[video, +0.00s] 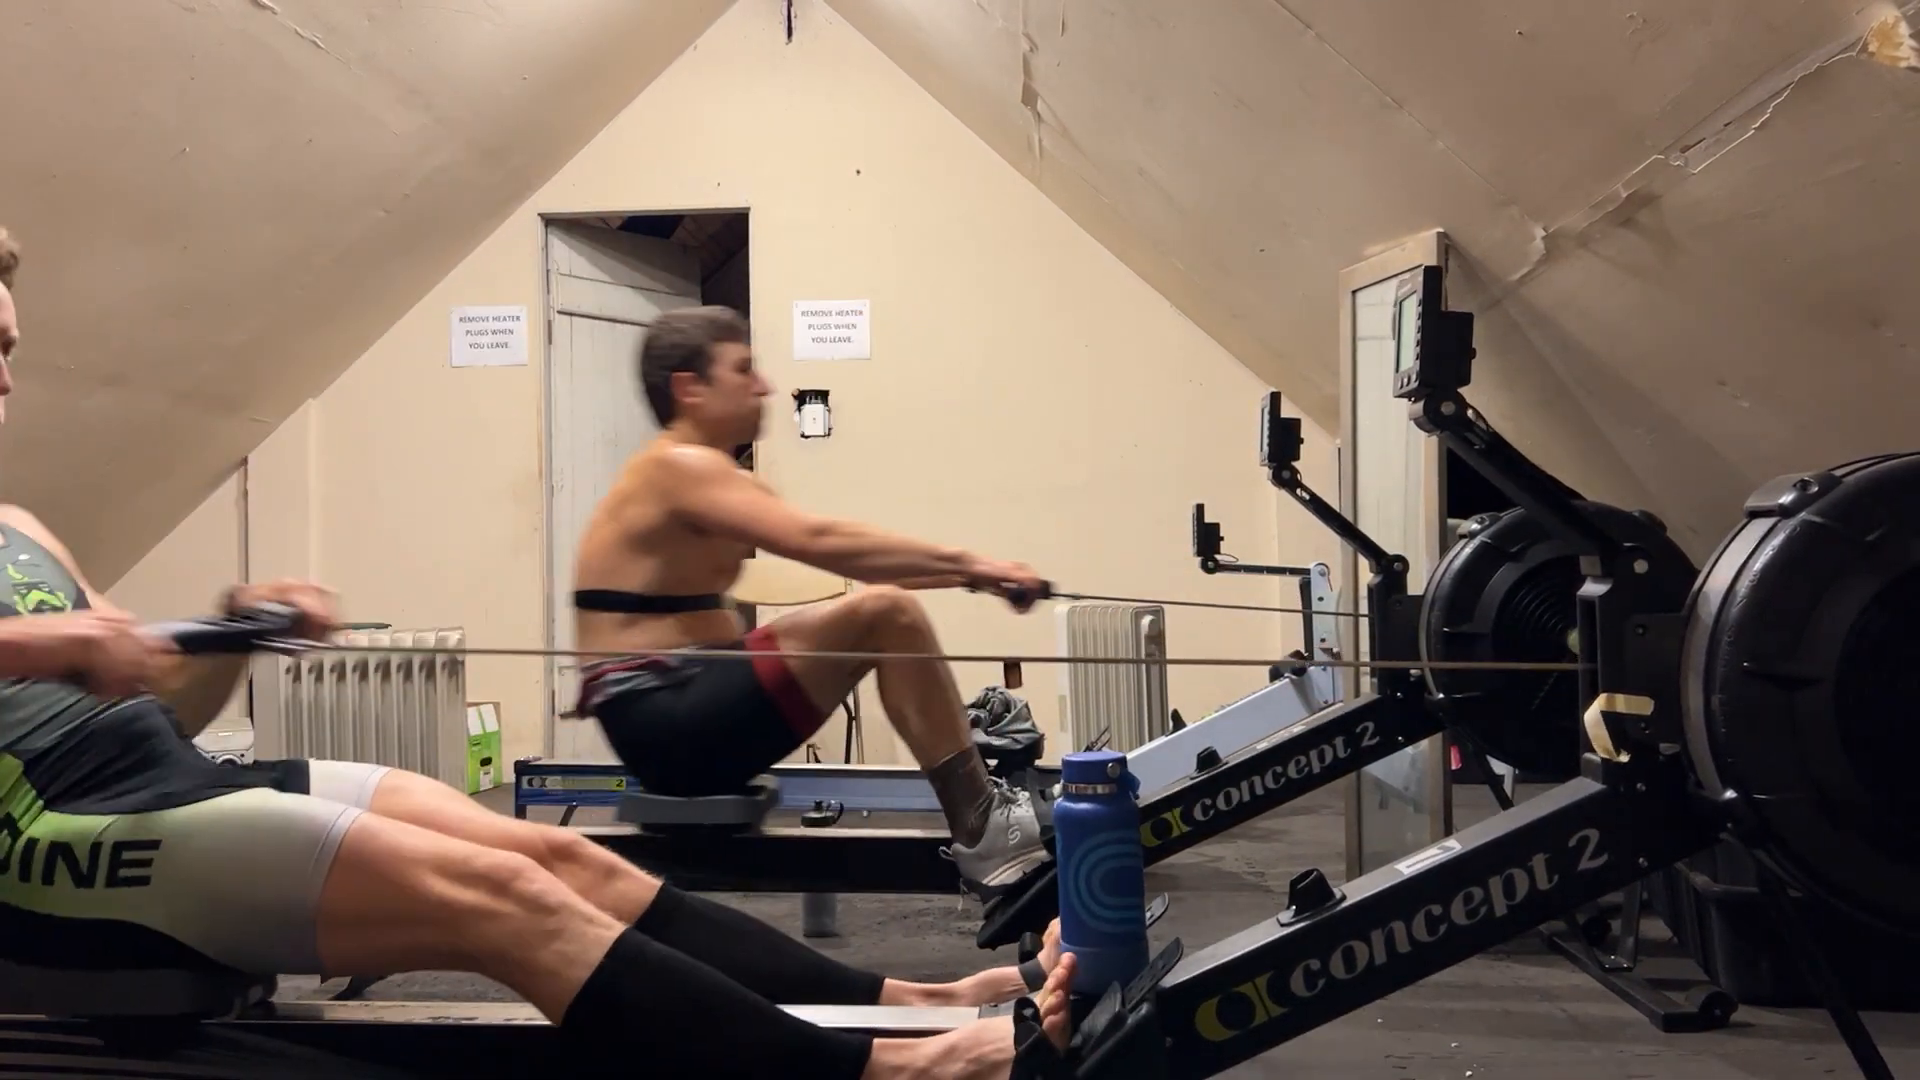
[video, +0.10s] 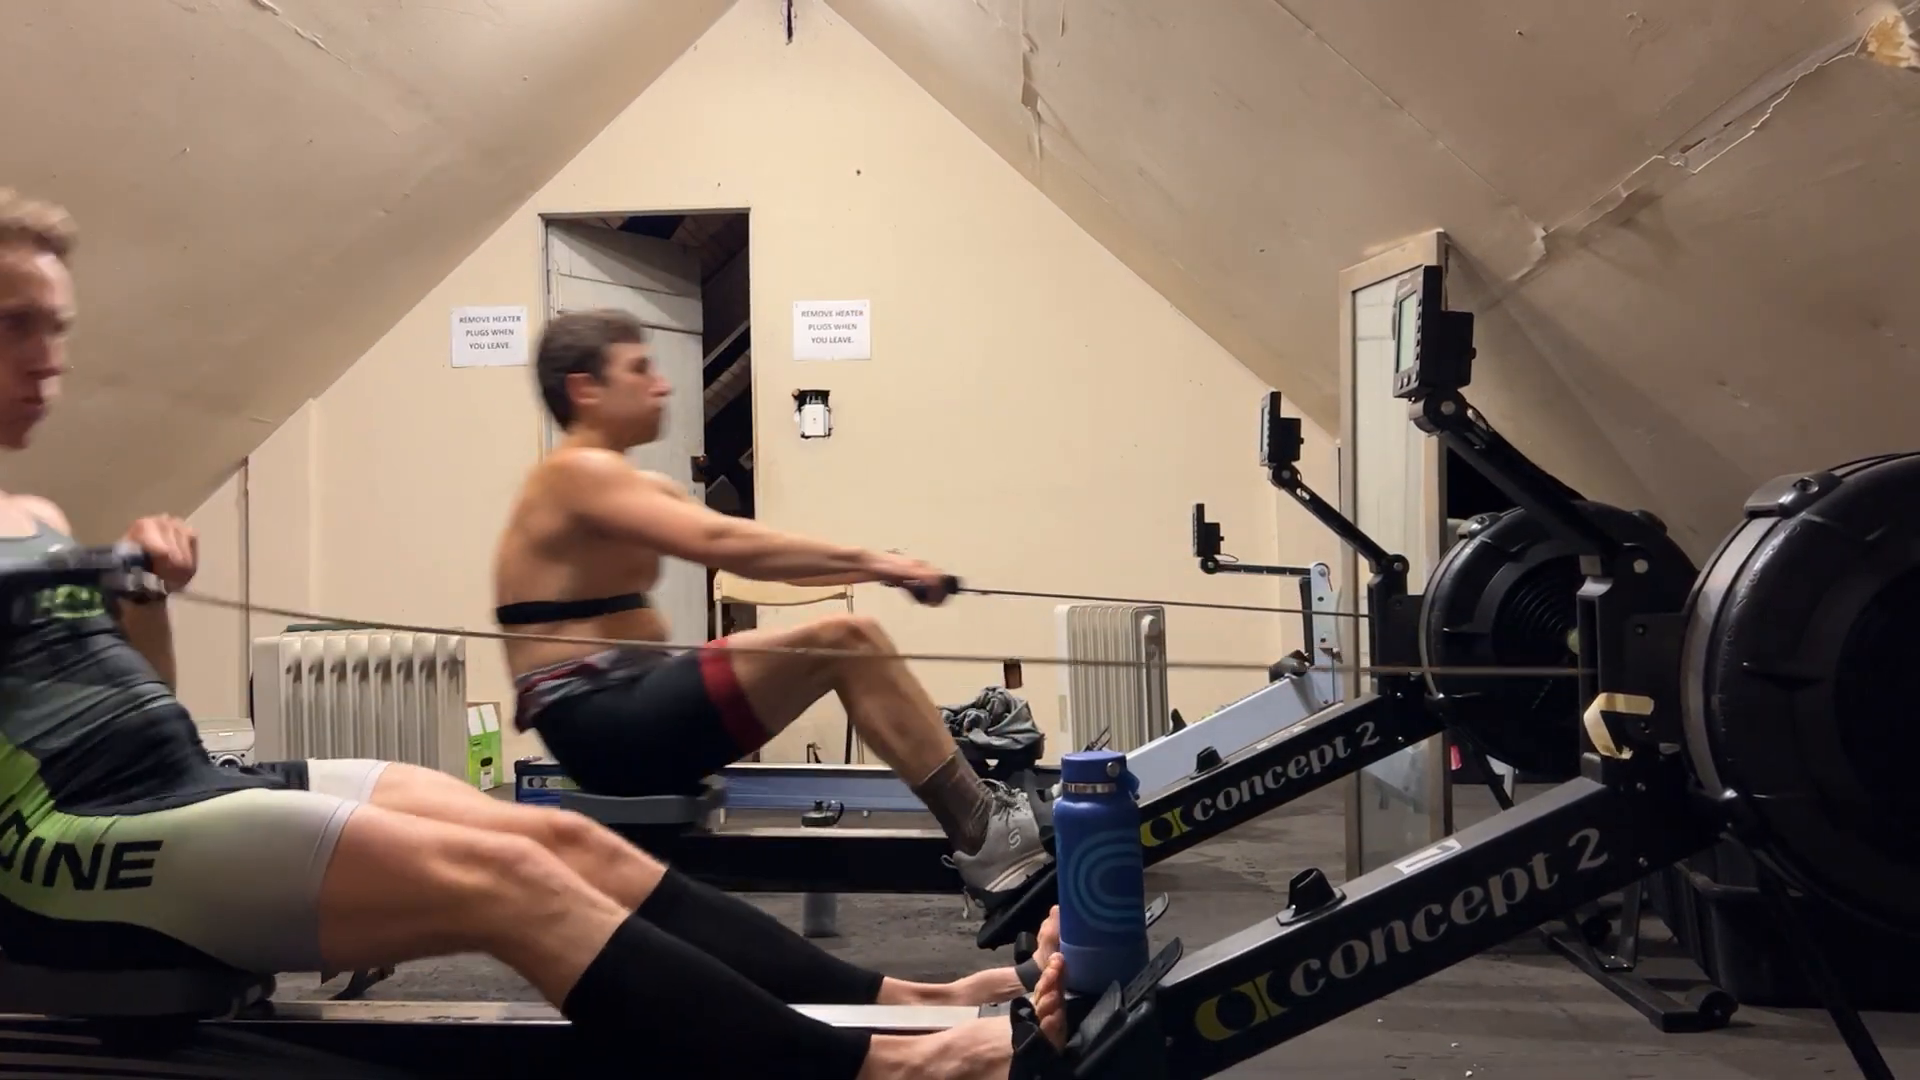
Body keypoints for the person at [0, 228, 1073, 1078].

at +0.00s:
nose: (14, 323)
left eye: (12, 296)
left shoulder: (30, 531)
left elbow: (153, 690)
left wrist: (244, 629)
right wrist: (71, 641)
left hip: (161, 780)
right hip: (64, 821)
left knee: (563, 858)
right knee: (505, 901)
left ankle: (945, 1010)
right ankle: (898, 1070)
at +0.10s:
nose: (46, 360)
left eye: (53, 331)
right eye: (26, 329)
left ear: (60, 340)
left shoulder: (37, 517)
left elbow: (142, 712)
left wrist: (139, 595)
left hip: (187, 788)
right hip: (74, 834)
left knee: (560, 838)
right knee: (505, 875)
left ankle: (904, 1003)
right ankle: (870, 1060)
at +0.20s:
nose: (184, 321)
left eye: (187, 289)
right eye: (156, 286)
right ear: (37, 281)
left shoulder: (131, 475)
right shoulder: (11, 471)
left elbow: (220, 679)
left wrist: (264, 577)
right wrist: (45, 565)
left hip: (215, 786)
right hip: (88, 833)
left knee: (583, 803)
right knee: (523, 826)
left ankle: (892, 1003)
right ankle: (848, 1060)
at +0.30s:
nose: (373, 273)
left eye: (371, 243)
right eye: (338, 240)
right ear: (224, 246)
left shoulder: (279, 458)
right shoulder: (100, 438)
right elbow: (37, 689)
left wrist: (420, 587)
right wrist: (312, 585)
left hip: (258, 790)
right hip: (147, 825)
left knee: (643, 751)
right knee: (586, 784)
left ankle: (897, 999)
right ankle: (850, 1054)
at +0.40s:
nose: (556, 280)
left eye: (547, 250)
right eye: (521, 251)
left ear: (442, 274)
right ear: (414, 269)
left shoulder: (466, 480)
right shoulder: (290, 435)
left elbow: (621, 625)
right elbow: (381, 662)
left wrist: (776, 617)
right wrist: (684, 625)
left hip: (357, 824)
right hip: (241, 846)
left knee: (717, 708)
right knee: (655, 736)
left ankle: (917, 999)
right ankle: (887, 1055)